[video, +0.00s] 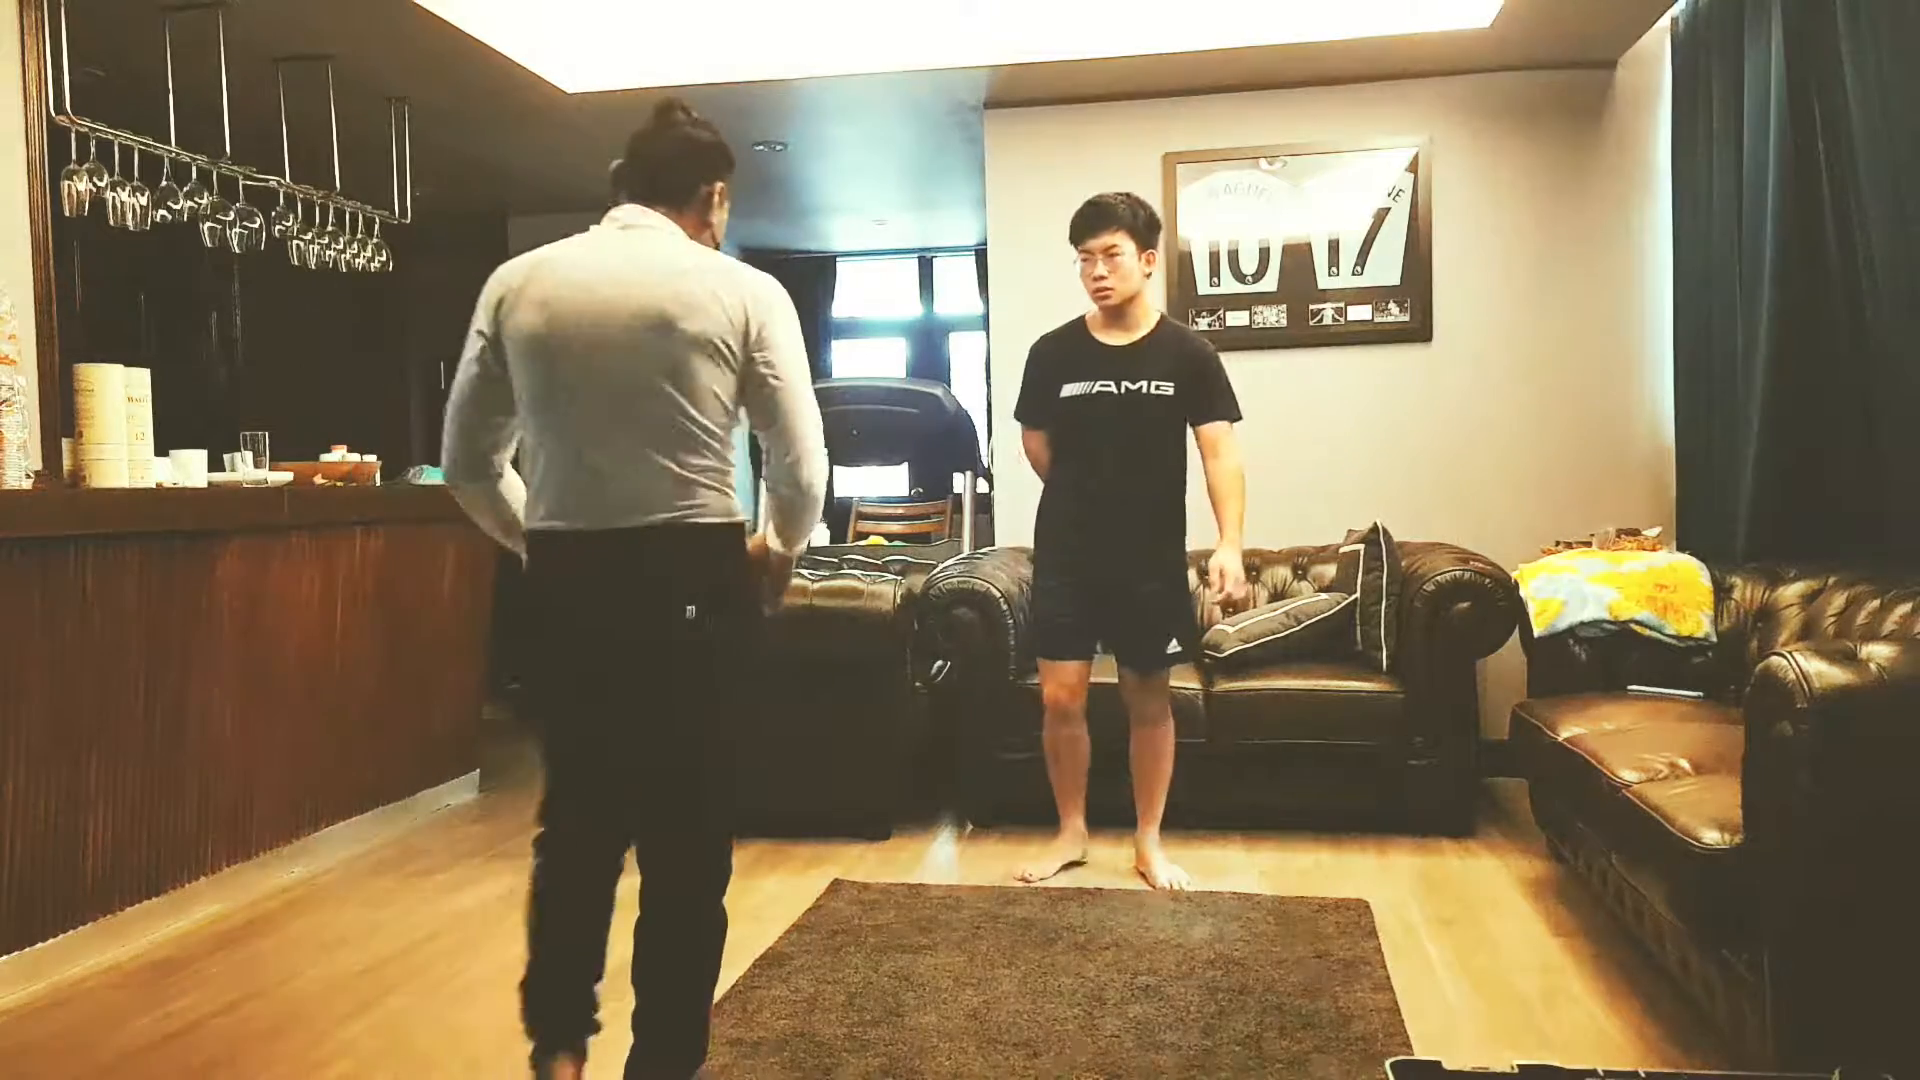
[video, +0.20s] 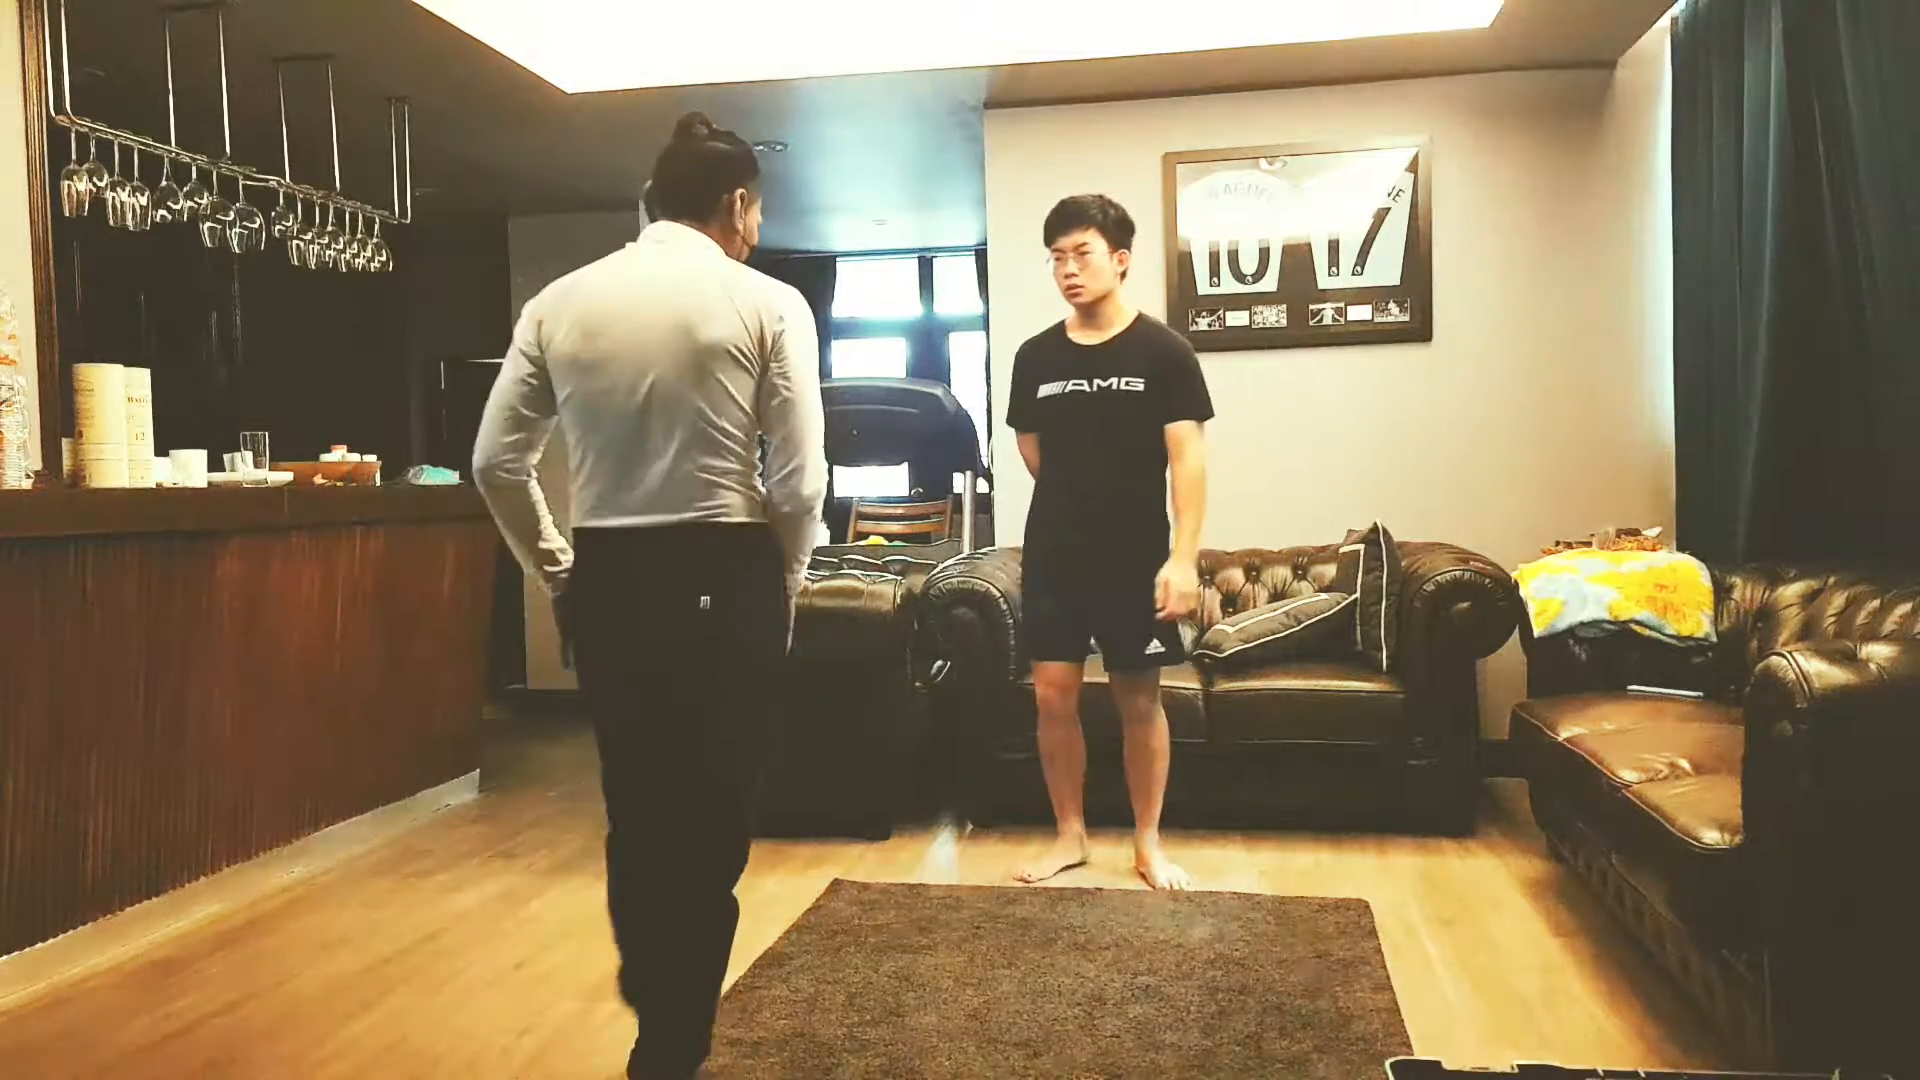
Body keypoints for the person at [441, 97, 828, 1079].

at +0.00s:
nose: (726, 229)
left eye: (724, 210)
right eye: (724, 210)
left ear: (619, 194)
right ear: (703, 202)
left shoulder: (516, 282)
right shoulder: (743, 290)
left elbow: (469, 465)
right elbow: (803, 473)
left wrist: (546, 542)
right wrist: (779, 550)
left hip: (562, 582)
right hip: (691, 581)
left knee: (577, 820)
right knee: (687, 839)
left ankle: (557, 1053)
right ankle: (666, 1063)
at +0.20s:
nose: (756, 229)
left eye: (754, 211)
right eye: (754, 211)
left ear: (658, 206)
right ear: (732, 206)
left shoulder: (557, 304)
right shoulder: (767, 303)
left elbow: (497, 462)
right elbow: (798, 483)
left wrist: (559, 566)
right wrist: (784, 584)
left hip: (604, 582)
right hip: (725, 577)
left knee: (634, 801)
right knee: (712, 817)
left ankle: (651, 997)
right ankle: (665, 1059)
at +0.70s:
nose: (804, 244)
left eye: (802, 227)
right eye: (798, 227)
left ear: (723, 229)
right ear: (764, 227)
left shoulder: (664, 315)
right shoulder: (774, 310)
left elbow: (652, 462)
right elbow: (794, 465)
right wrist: (847, 523)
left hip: (671, 563)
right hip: (754, 564)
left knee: (692, 789)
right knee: (823, 780)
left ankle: (716, 996)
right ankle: (735, 990)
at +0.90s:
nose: (830, 245)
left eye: (827, 229)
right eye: (823, 229)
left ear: (762, 232)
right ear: (792, 230)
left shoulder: (719, 308)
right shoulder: (763, 314)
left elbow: (758, 454)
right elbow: (808, 459)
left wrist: (851, 445)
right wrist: (864, 377)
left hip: (727, 551)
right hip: (762, 555)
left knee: (767, 770)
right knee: (782, 775)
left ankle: (740, 965)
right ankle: (740, 1009)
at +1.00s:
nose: (845, 243)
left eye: (841, 229)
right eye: (837, 228)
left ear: (784, 236)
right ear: (804, 233)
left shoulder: (756, 312)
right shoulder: (763, 317)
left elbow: (796, 450)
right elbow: (820, 450)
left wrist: (878, 432)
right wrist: (861, 355)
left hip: (762, 551)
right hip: (764, 555)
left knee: (783, 772)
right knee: (779, 777)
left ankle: (749, 965)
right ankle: (736, 1015)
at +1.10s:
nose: (858, 256)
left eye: (855, 242)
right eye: (850, 240)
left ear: (800, 243)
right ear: (818, 241)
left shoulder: (778, 325)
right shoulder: (761, 323)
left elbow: (811, 449)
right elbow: (800, 448)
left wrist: (898, 446)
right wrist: (857, 354)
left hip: (786, 556)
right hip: (770, 560)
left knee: (792, 774)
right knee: (786, 781)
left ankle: (752, 950)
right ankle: (737, 1014)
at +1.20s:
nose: (865, 260)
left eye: (861, 244)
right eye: (859, 245)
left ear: (805, 251)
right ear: (830, 251)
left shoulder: (797, 334)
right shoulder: (762, 334)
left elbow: (824, 424)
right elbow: (786, 448)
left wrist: (876, 390)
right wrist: (867, 391)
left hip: (800, 553)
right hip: (778, 559)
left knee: (806, 741)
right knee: (788, 771)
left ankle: (781, 889)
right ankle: (736, 1010)